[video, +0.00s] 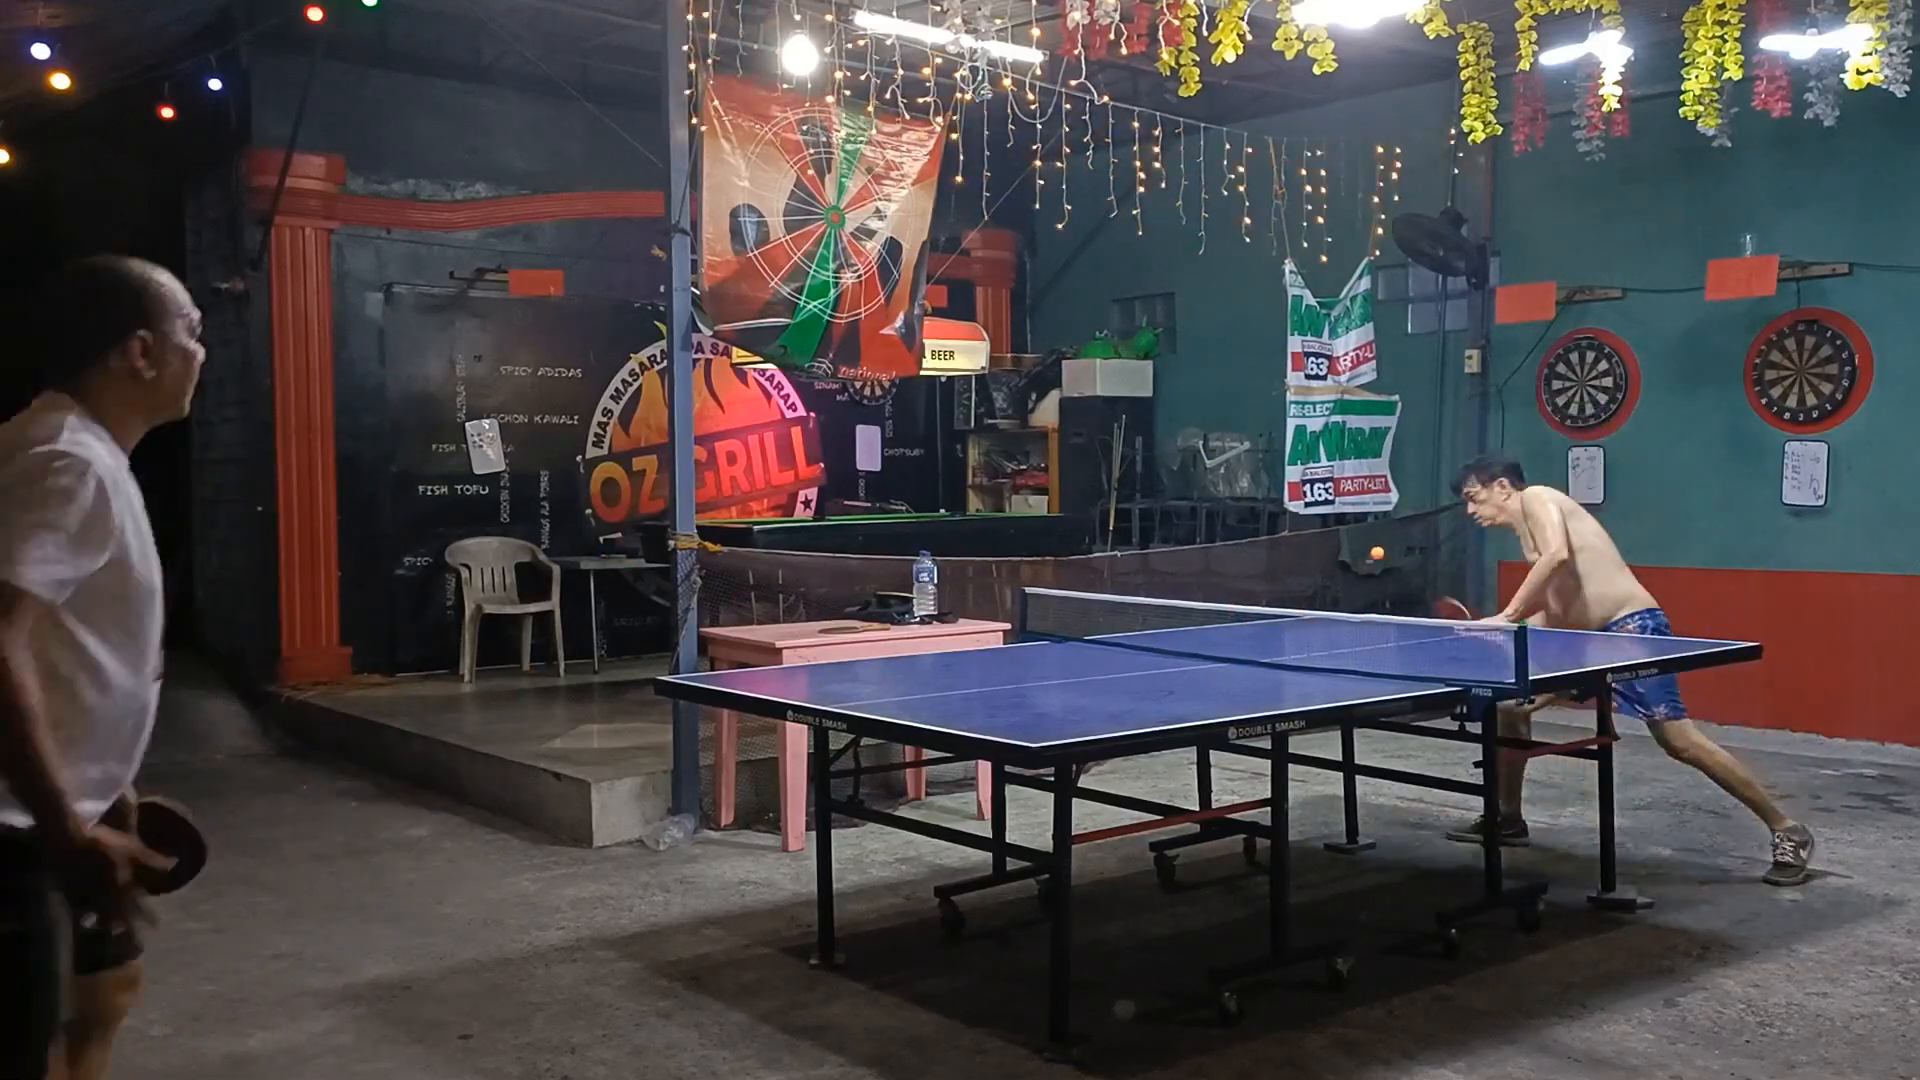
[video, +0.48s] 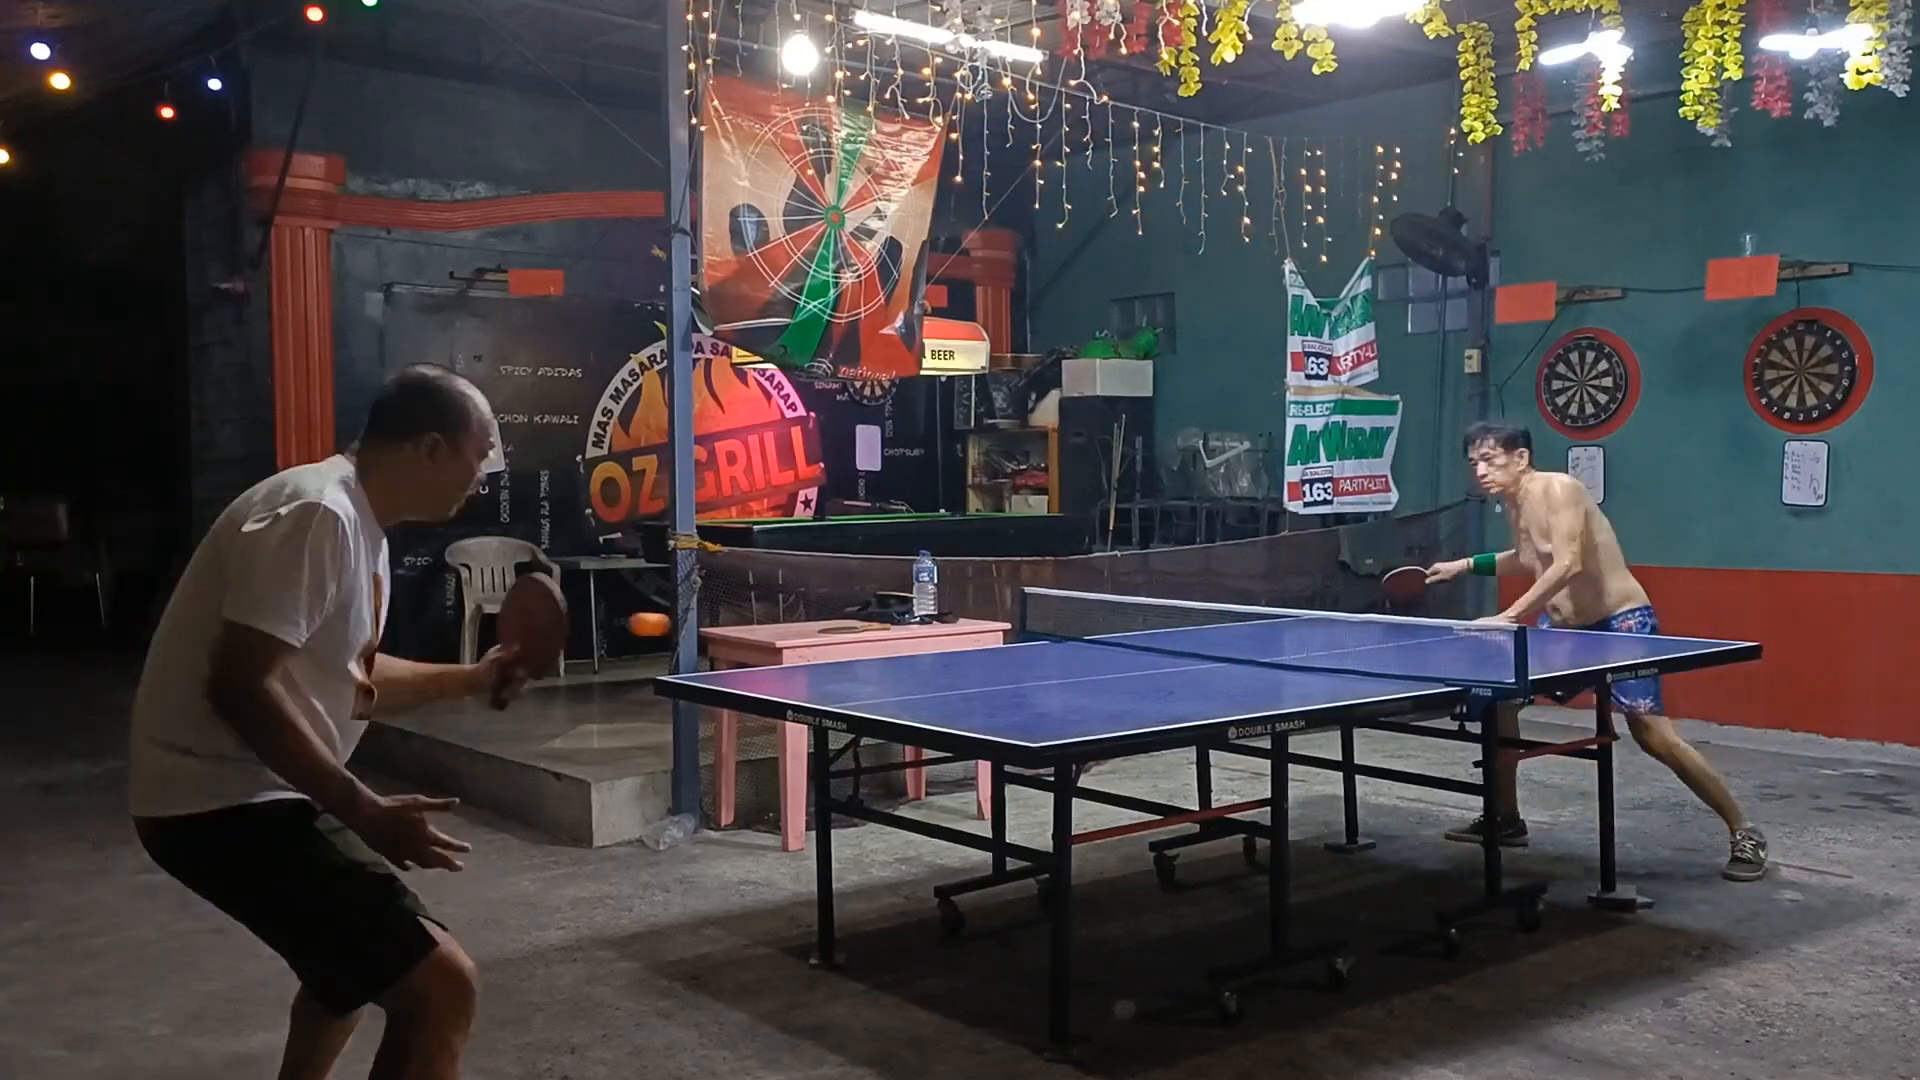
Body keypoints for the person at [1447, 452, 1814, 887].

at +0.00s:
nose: (1469, 510)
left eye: (1472, 498)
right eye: (1465, 502)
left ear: (1502, 486)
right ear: (1493, 496)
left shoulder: (1536, 497)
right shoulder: (1528, 533)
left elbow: (1556, 553)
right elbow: (1555, 613)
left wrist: (1505, 616)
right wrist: (1502, 632)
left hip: (1633, 626)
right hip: (1587, 640)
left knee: (1679, 741)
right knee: (1507, 706)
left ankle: (1787, 830)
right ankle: (1507, 818)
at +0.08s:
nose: (1457, 507)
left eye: (1458, 495)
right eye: (1452, 500)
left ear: (1484, 478)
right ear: (1475, 490)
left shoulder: (1526, 488)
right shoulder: (1501, 536)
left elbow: (1545, 546)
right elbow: (1465, 589)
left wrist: (1505, 616)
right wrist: (1418, 564)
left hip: (1618, 618)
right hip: (1575, 635)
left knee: (1663, 730)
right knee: (1496, 699)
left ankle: (1770, 823)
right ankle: (1503, 816)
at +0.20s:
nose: (1449, 481)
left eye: (1452, 469)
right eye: (1444, 474)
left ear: (1483, 457)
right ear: (1461, 474)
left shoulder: (1525, 477)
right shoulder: (1483, 521)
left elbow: (1542, 542)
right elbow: (1455, 561)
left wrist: (1507, 614)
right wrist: (1400, 551)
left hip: (1607, 611)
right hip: (1556, 626)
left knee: (1655, 722)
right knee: (1490, 690)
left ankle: (1752, 819)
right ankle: (1504, 815)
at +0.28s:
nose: (1444, 474)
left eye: (1449, 461)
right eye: (1440, 467)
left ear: (1480, 454)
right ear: (1461, 465)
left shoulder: (1523, 478)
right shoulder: (1486, 511)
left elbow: (1542, 546)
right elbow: (1496, 554)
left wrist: (1509, 613)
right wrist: (1433, 554)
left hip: (1605, 612)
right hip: (1551, 624)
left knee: (1650, 722)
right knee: (1492, 696)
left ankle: (1738, 820)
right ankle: (1503, 813)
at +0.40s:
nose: (1452, 476)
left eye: (1458, 463)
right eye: (1447, 468)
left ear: (1490, 458)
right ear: (1477, 468)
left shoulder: (1531, 484)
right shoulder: (1495, 504)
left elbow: (1552, 553)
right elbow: (1513, 551)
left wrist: (1509, 613)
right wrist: (1454, 556)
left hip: (1610, 617)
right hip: (1557, 627)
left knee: (1650, 729)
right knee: (1492, 699)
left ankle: (1742, 826)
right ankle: (1503, 815)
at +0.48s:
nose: (1480, 471)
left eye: (1488, 460)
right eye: (1474, 463)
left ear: (1520, 458)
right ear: (1477, 468)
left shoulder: (1559, 489)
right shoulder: (1517, 504)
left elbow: (1569, 563)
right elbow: (1527, 559)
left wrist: (1509, 615)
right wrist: (1466, 566)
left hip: (1622, 623)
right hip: (1568, 628)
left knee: (1654, 736)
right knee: (1498, 698)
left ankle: (1743, 832)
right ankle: (1504, 816)